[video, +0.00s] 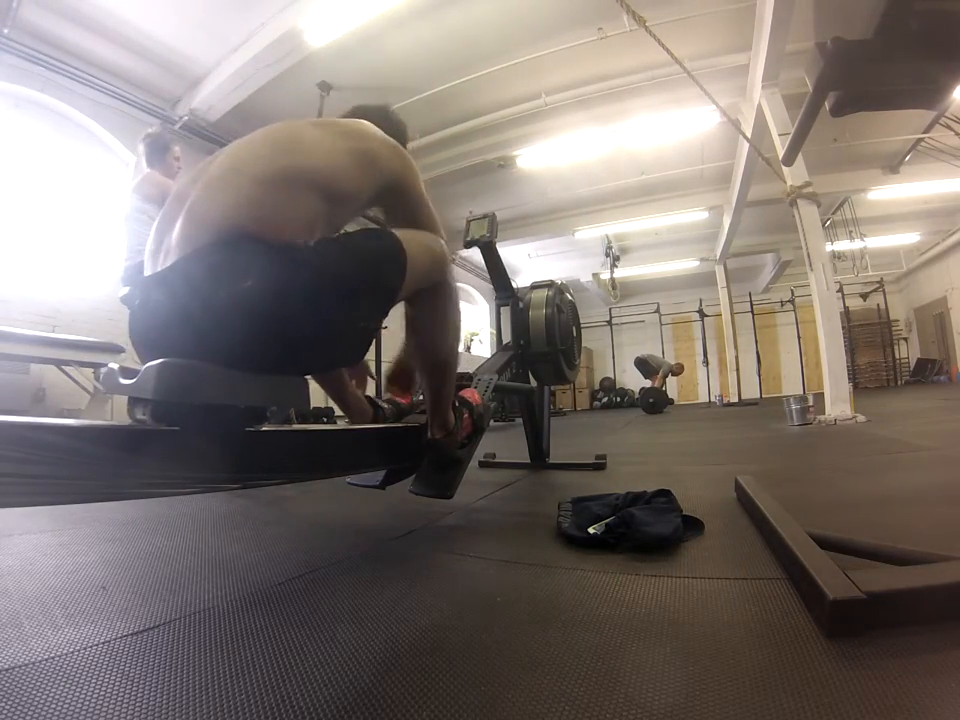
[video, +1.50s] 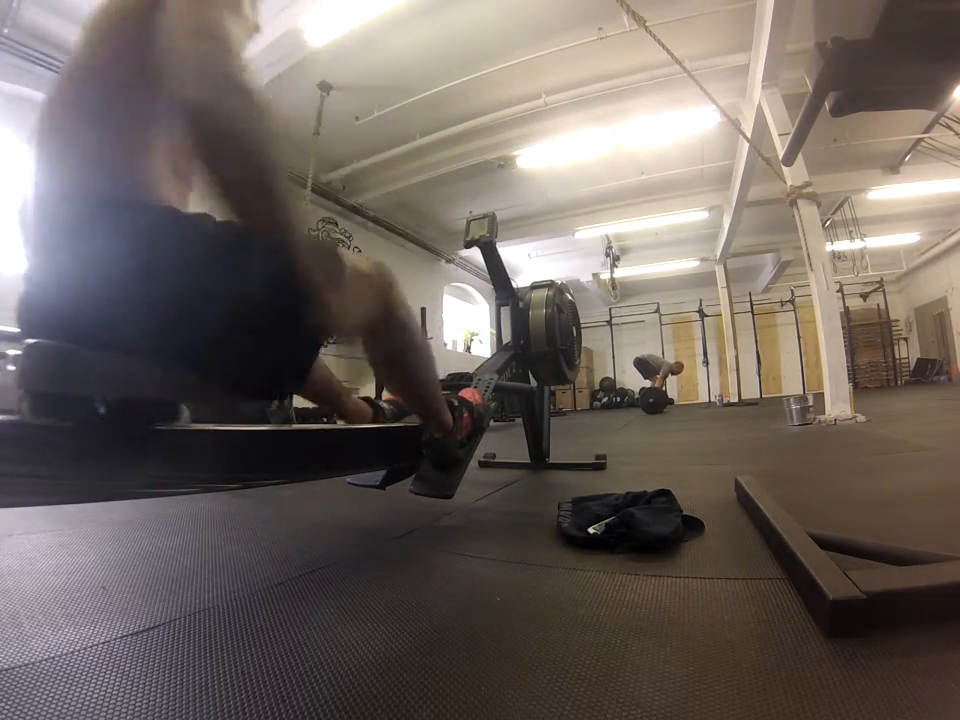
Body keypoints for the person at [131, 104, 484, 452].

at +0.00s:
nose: (397, 179)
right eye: (401, 166)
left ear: (343, 120)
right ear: (392, 144)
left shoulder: (277, 145)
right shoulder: (390, 153)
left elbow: (293, 259)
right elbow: (432, 266)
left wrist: (345, 354)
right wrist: (406, 365)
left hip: (155, 326)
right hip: (251, 307)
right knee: (433, 262)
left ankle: (362, 416)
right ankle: (443, 427)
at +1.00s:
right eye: (371, 105)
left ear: (307, 77)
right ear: (364, 96)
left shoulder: (239, 115)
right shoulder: (356, 125)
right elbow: (382, 257)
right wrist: (397, 335)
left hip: (126, 312)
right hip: (220, 298)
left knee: (288, 294)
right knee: (415, 263)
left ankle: (364, 418)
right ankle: (443, 426)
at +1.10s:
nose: (347, 92)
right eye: (350, 83)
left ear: (282, 56)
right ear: (338, 72)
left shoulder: (215, 95)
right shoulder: (336, 96)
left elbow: (125, 178)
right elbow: (384, 225)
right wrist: (393, 298)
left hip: (117, 309)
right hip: (212, 300)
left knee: (283, 291)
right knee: (412, 263)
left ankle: (364, 417)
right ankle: (443, 427)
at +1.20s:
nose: (328, 56)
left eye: (327, 48)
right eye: (325, 46)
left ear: (254, 29)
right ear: (315, 38)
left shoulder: (196, 76)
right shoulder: (308, 64)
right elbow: (392, 211)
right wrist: (431, 301)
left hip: (102, 305)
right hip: (195, 291)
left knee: (278, 287)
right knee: (412, 266)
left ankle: (364, 415)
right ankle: (444, 427)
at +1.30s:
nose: (311, 43)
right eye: (307, 31)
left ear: (236, 12)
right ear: (291, 15)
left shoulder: (174, 60)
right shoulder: (269, 37)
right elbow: (373, 183)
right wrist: (434, 254)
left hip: (85, 297)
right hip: (171, 279)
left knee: (279, 304)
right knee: (402, 275)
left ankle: (362, 414)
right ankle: (445, 426)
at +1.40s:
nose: (281, 40)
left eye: (282, 36)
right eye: (278, 29)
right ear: (257, 6)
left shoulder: (150, 47)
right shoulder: (225, 17)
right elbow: (318, 155)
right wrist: (418, 259)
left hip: (73, 286)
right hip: (142, 269)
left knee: (274, 309)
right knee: (389, 280)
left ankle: (367, 421)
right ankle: (445, 429)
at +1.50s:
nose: (243, 35)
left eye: (245, 32)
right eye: (240, 24)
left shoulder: (107, 48)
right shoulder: (184, 12)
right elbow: (210, 101)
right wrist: (302, 262)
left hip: (56, 286)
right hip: (129, 272)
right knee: (376, 289)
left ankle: (359, 413)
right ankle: (445, 428)